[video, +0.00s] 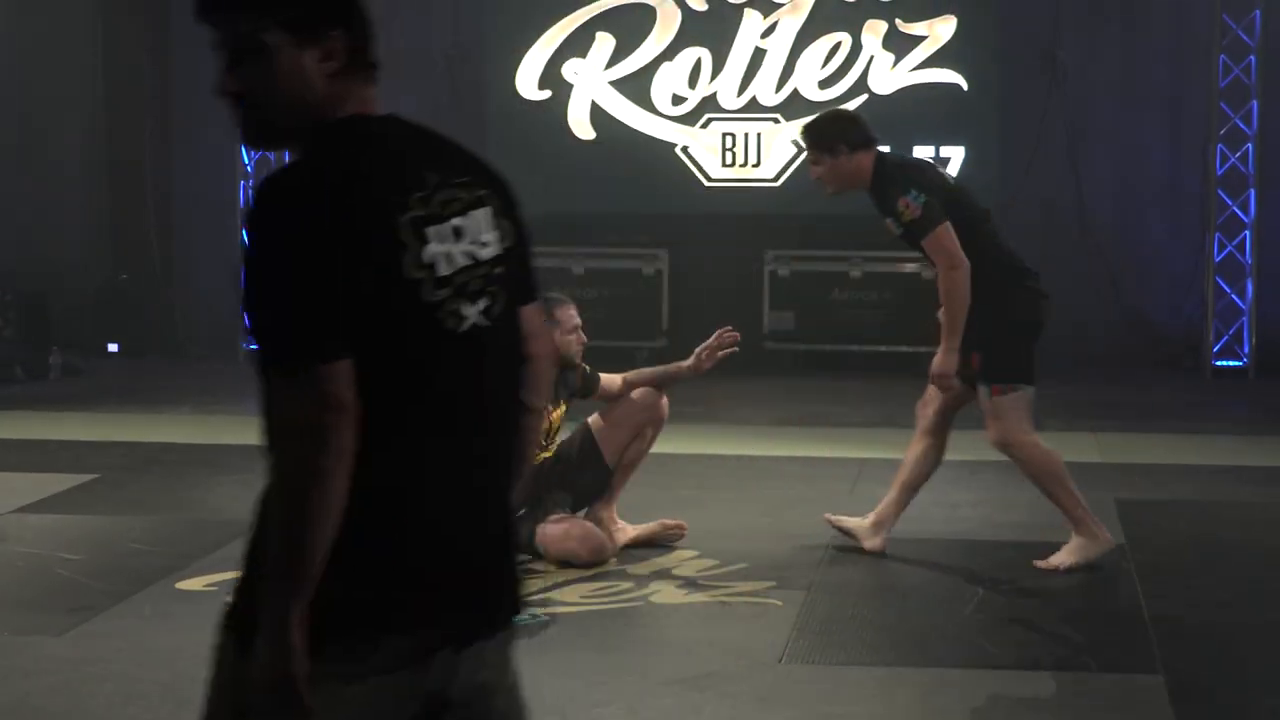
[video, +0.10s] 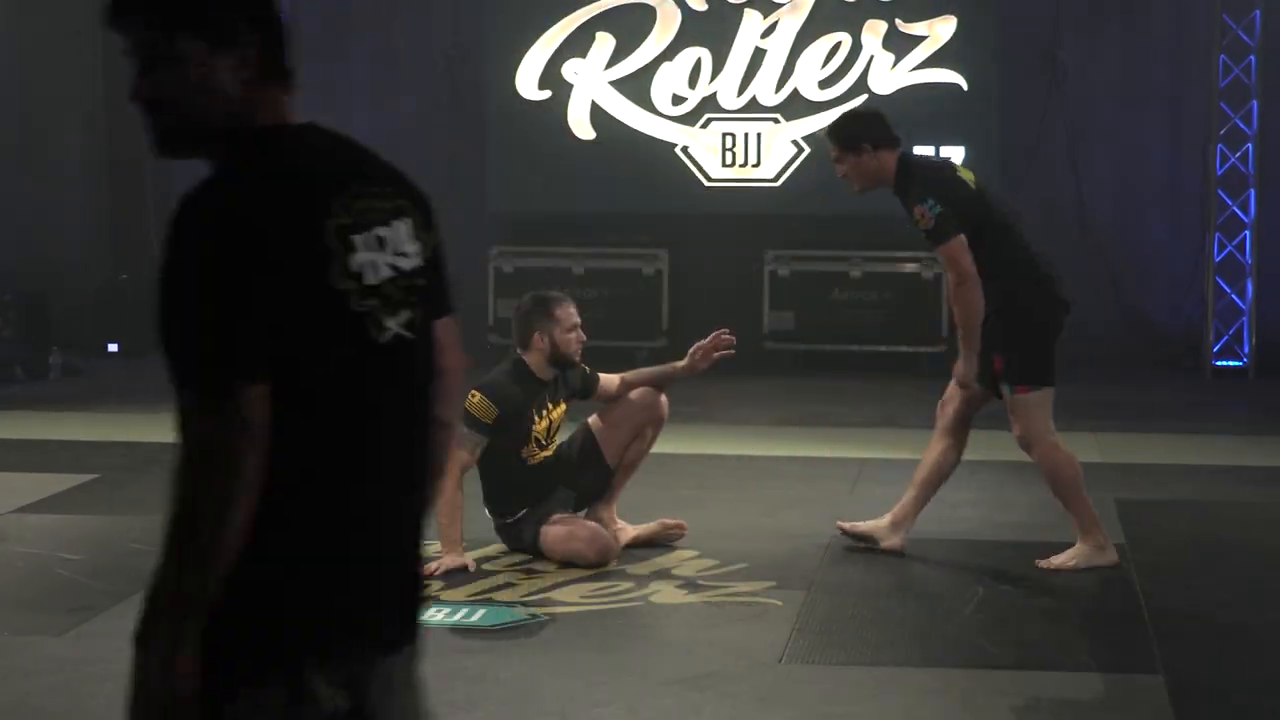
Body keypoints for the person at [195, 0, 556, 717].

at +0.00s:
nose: (227, 83)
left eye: (247, 55)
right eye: (228, 60)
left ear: (326, 52)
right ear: (338, 55)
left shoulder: (294, 200)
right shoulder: (466, 171)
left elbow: (320, 423)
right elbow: (537, 353)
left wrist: (278, 617)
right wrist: (496, 503)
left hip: (344, 602)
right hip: (472, 578)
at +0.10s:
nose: (138, 88)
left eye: (155, 61)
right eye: (138, 63)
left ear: (226, 61)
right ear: (256, 61)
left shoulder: (218, 211)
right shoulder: (384, 183)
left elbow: (227, 435)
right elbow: (446, 370)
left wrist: (166, 630)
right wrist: (403, 521)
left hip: (258, 607)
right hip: (381, 585)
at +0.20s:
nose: (57, 85)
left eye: (78, 57)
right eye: (60, 58)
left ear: (154, 54)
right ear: (177, 56)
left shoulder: (150, 204)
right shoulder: (309, 176)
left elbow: (134, 433)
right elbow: (357, 392)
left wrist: (37, 648)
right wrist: (303, 536)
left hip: (175, 614)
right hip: (296, 593)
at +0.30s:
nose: (5, 77)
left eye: (18, 48)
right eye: (10, 52)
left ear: (69, 52)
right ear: (129, 53)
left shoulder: (79, 199)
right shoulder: (236, 165)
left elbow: (52, 423)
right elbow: (287, 373)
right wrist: (239, 490)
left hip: (128, 586)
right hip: (240, 563)